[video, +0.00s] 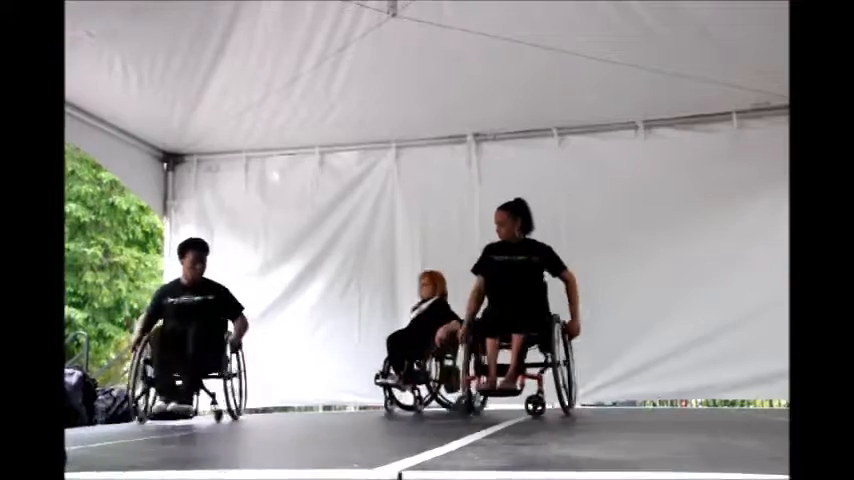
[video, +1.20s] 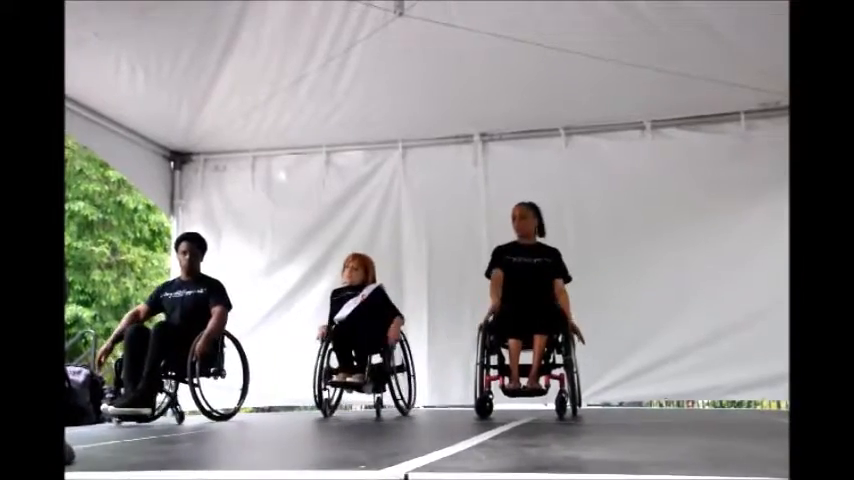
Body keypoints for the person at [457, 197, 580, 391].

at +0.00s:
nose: (497, 229)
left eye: (501, 225)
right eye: (496, 225)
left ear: (518, 224)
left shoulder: (539, 251)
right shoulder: (491, 251)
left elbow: (569, 279)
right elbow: (479, 289)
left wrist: (575, 320)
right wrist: (467, 323)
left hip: (532, 314)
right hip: (500, 315)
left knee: (520, 322)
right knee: (489, 320)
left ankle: (511, 378)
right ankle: (491, 378)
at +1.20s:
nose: (518, 223)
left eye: (524, 218)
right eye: (515, 219)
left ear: (537, 221)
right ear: (511, 223)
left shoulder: (551, 253)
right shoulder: (502, 252)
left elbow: (560, 289)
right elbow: (496, 280)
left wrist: (569, 320)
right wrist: (496, 302)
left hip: (542, 305)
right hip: (514, 306)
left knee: (543, 319)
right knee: (513, 320)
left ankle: (534, 377)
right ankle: (514, 377)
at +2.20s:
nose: (528, 228)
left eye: (534, 224)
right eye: (526, 224)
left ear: (546, 227)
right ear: (522, 226)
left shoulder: (553, 249)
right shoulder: (508, 252)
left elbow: (574, 212)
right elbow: (476, 280)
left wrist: (591, 173)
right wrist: (442, 303)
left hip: (542, 309)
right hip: (512, 309)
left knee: (546, 318)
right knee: (516, 320)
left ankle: (536, 378)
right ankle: (515, 379)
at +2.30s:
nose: (531, 229)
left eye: (538, 225)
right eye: (529, 224)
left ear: (549, 229)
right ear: (524, 227)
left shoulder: (553, 251)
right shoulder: (508, 254)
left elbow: (563, 215)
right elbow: (486, 288)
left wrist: (557, 173)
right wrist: (460, 318)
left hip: (542, 311)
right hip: (512, 311)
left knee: (548, 320)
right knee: (515, 322)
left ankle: (535, 381)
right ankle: (516, 381)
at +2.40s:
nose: (532, 229)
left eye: (537, 224)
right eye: (529, 224)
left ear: (547, 228)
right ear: (525, 228)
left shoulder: (554, 252)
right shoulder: (508, 254)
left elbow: (555, 220)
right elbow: (492, 293)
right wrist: (475, 322)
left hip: (543, 312)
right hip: (513, 312)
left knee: (548, 322)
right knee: (517, 324)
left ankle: (536, 381)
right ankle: (517, 381)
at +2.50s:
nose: (531, 228)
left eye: (538, 224)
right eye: (527, 223)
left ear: (546, 229)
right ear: (522, 227)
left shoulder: (552, 251)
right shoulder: (505, 255)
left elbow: (553, 249)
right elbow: (493, 291)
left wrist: (520, 252)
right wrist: (485, 324)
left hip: (542, 311)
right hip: (514, 311)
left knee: (547, 326)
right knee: (517, 328)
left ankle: (537, 382)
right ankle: (517, 382)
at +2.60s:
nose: (527, 228)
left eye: (533, 225)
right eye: (523, 224)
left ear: (542, 231)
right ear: (518, 228)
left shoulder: (547, 254)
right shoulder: (502, 256)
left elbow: (568, 268)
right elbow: (492, 292)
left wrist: (534, 278)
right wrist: (486, 324)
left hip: (542, 312)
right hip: (513, 311)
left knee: (547, 329)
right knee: (517, 331)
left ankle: (537, 382)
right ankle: (517, 383)